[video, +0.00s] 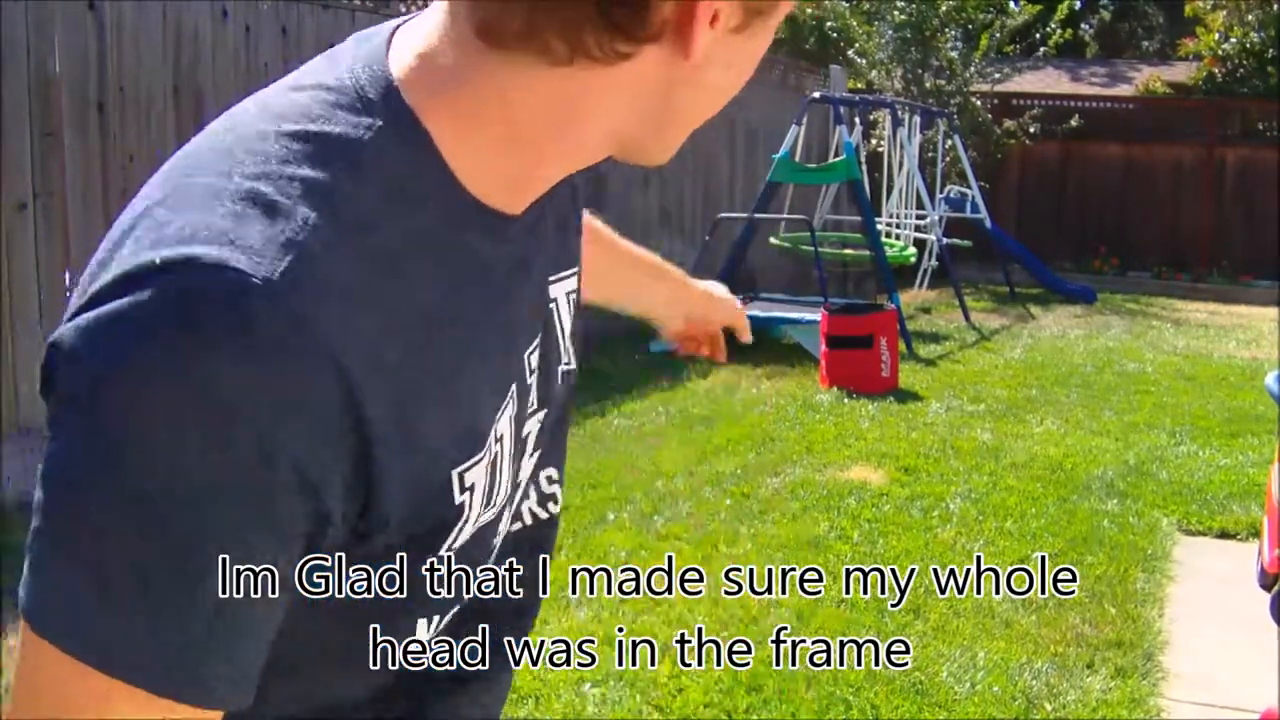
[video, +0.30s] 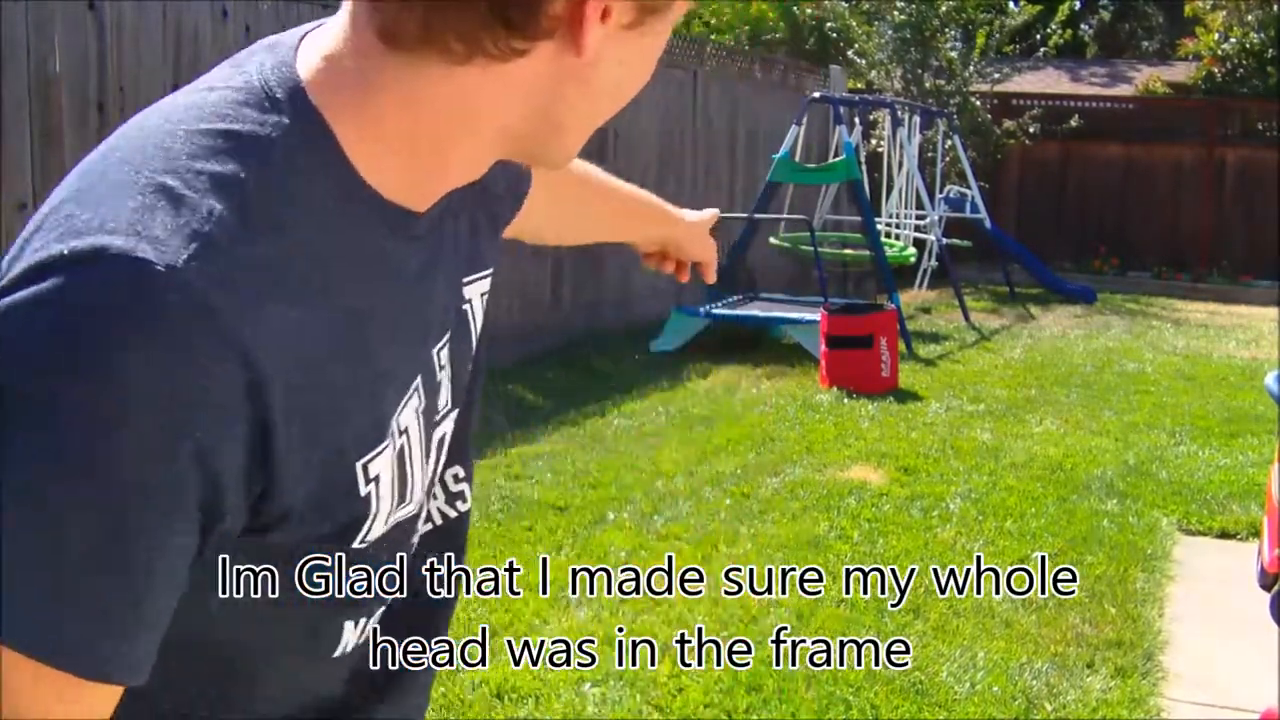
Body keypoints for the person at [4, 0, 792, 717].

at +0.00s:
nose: (754, 66)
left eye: (773, 29)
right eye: (769, 26)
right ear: (704, 20)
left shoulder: (495, 137)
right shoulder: (227, 303)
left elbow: (533, 233)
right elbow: (75, 705)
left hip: (452, 674)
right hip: (284, 695)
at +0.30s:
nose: (653, 67)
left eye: (671, 30)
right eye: (668, 28)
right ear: (598, 13)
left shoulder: (439, 142)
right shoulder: (136, 297)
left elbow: (531, 189)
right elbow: (37, 703)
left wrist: (658, 222)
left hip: (382, 684)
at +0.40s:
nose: (600, 65)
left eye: (615, 32)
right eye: (610, 27)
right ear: (541, 11)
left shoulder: (394, 138)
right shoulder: (91, 293)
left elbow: (502, 193)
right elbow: (14, 691)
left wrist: (634, 231)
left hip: (348, 679)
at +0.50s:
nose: (535, 67)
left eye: (556, 32)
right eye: (552, 31)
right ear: (471, 19)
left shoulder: (350, 161)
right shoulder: (46, 292)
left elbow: (462, 197)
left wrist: (599, 239)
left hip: (284, 690)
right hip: (111, 703)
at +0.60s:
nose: (454, 77)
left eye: (469, 41)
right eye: (466, 39)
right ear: (380, 28)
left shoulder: (290, 166)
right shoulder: (20, 257)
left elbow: (394, 202)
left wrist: (548, 247)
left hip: (223, 692)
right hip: (62, 700)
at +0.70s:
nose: (379, 86)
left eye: (395, 42)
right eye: (391, 38)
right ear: (300, 28)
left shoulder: (215, 173)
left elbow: (313, 215)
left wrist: (491, 285)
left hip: (162, 689)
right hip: (42, 699)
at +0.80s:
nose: (318, 88)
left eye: (332, 44)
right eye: (328, 42)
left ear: (231, 27)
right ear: (233, 26)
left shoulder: (164, 179)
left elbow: (236, 238)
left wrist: (413, 359)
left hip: (131, 689)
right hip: (30, 700)